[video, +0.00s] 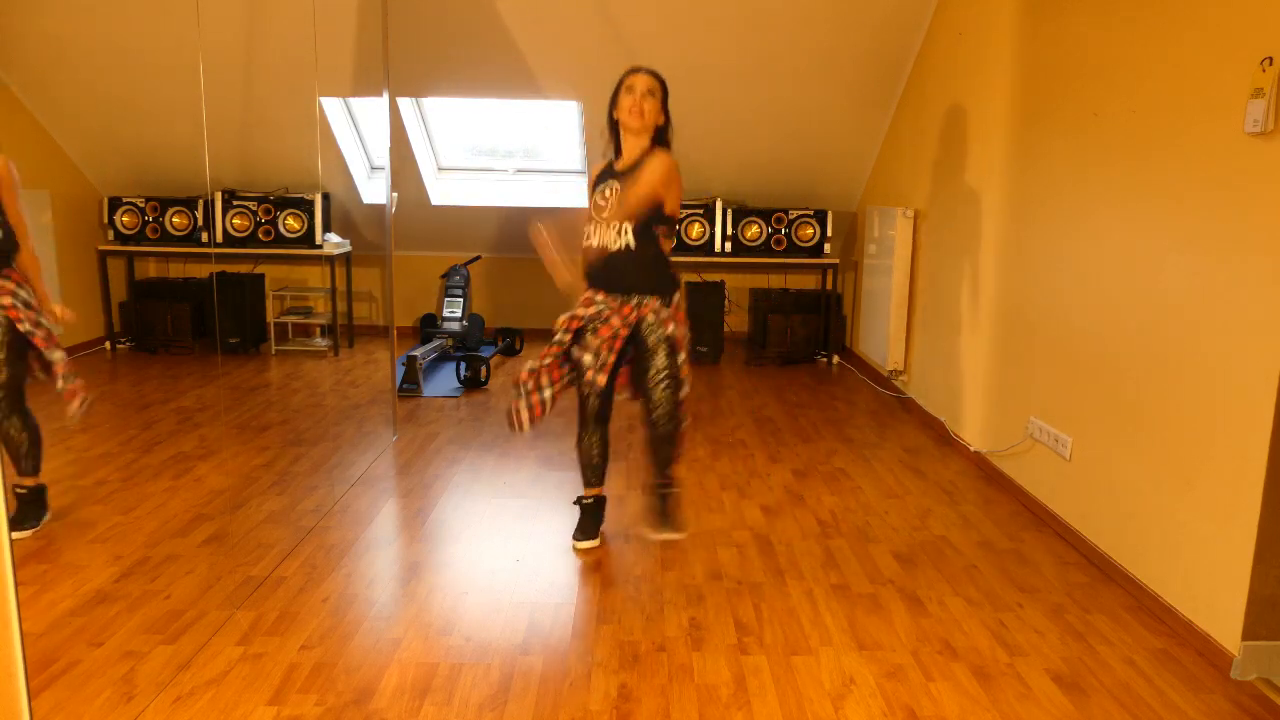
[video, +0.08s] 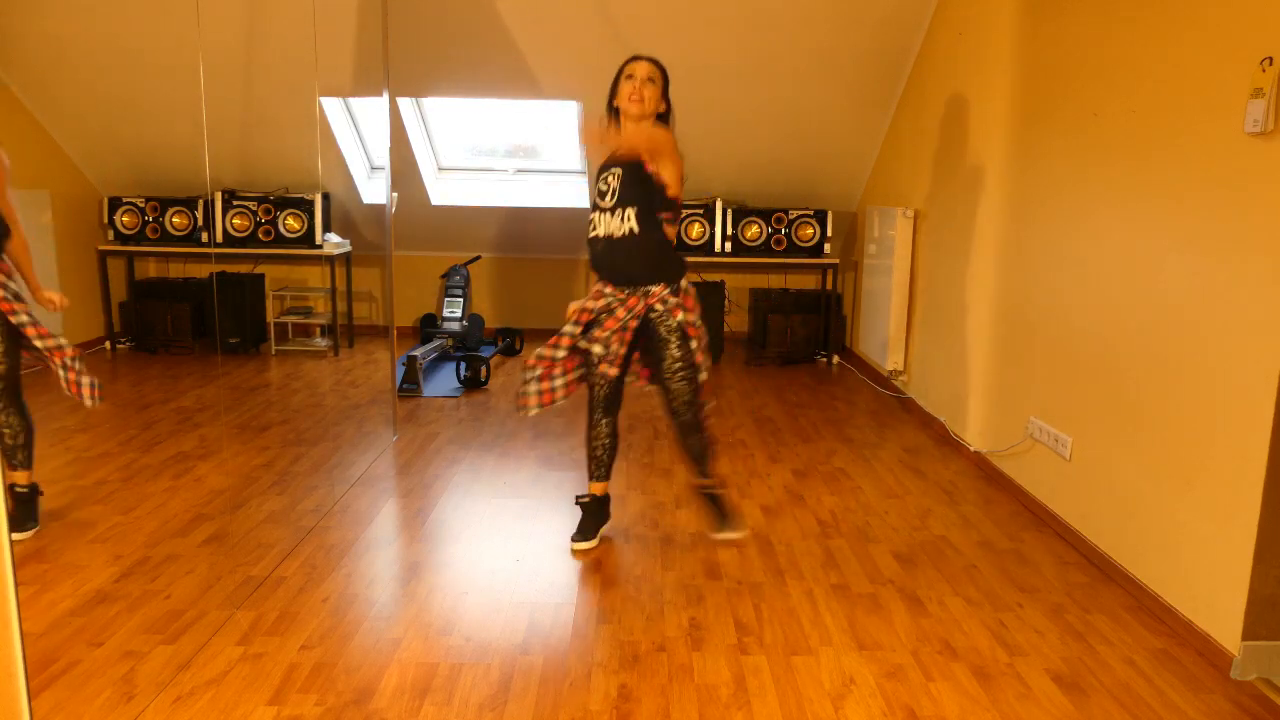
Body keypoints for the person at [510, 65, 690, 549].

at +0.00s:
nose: (637, 100)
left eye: (649, 95)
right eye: (629, 91)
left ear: (662, 113)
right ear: (614, 106)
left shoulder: (661, 165)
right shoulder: (602, 176)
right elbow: (597, 241)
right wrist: (580, 278)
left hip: (654, 303)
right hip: (603, 300)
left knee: (662, 405)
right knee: (593, 404)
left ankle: (664, 490)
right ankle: (591, 503)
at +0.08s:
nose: (638, 87)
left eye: (650, 82)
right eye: (630, 79)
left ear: (663, 98)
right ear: (615, 92)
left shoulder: (662, 144)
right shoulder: (607, 145)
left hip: (660, 293)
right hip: (610, 292)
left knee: (682, 396)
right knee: (602, 399)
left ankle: (709, 489)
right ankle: (596, 501)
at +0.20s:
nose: (637, 83)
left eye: (650, 79)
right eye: (633, 78)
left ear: (668, 97)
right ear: (623, 93)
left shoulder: (668, 138)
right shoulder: (626, 160)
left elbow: (620, 76)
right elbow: (617, 233)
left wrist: (577, 21)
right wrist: (609, 294)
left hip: (672, 299)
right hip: (629, 302)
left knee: (715, 402)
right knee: (616, 404)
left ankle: (758, 490)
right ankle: (601, 503)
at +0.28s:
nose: (648, 103)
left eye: (658, 95)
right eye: (641, 95)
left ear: (674, 109)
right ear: (629, 109)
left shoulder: (680, 156)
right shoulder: (634, 173)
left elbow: (658, 68)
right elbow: (631, 249)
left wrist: (634, 12)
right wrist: (618, 304)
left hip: (686, 303)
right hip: (641, 308)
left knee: (722, 407)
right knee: (627, 409)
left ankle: (768, 498)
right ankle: (607, 508)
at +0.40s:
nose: (669, 116)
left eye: (679, 110)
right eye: (660, 108)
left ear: (693, 124)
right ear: (645, 121)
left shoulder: (707, 169)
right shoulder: (644, 193)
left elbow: (720, 78)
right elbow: (644, 257)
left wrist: (723, 13)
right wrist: (633, 309)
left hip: (725, 311)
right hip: (669, 315)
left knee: (742, 415)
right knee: (640, 414)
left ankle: (769, 505)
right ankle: (609, 511)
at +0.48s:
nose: (680, 125)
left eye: (690, 119)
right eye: (671, 117)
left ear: (705, 132)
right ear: (656, 130)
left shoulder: (725, 162)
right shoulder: (656, 203)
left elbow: (762, 84)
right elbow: (651, 266)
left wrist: (792, 18)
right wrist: (636, 313)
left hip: (757, 315)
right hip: (695, 321)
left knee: (766, 419)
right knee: (650, 412)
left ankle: (771, 506)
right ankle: (609, 507)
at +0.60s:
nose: (701, 135)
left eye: (710, 129)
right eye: (690, 129)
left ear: (722, 141)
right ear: (675, 143)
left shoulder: (744, 171)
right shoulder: (670, 215)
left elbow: (801, 132)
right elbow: (653, 273)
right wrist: (633, 319)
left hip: (782, 319)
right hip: (724, 327)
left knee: (786, 424)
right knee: (704, 427)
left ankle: (773, 507)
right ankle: (645, 481)